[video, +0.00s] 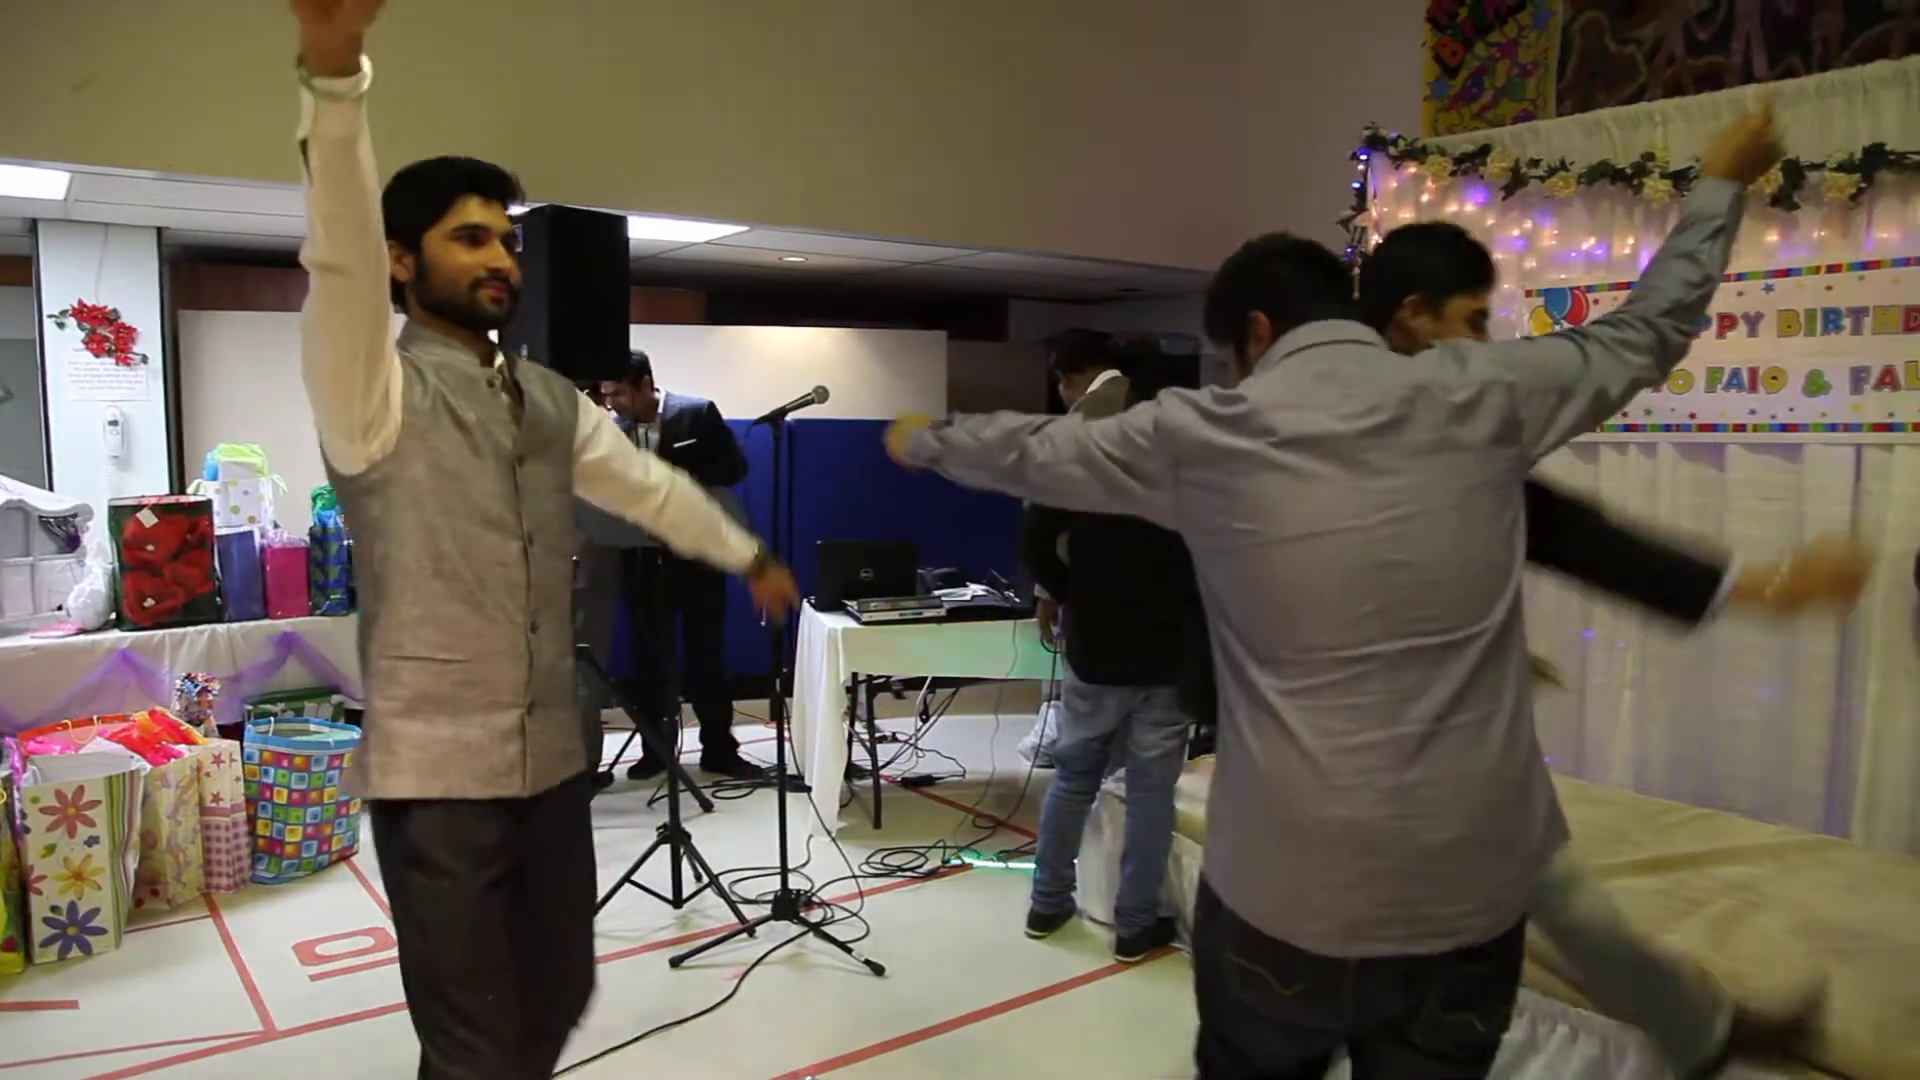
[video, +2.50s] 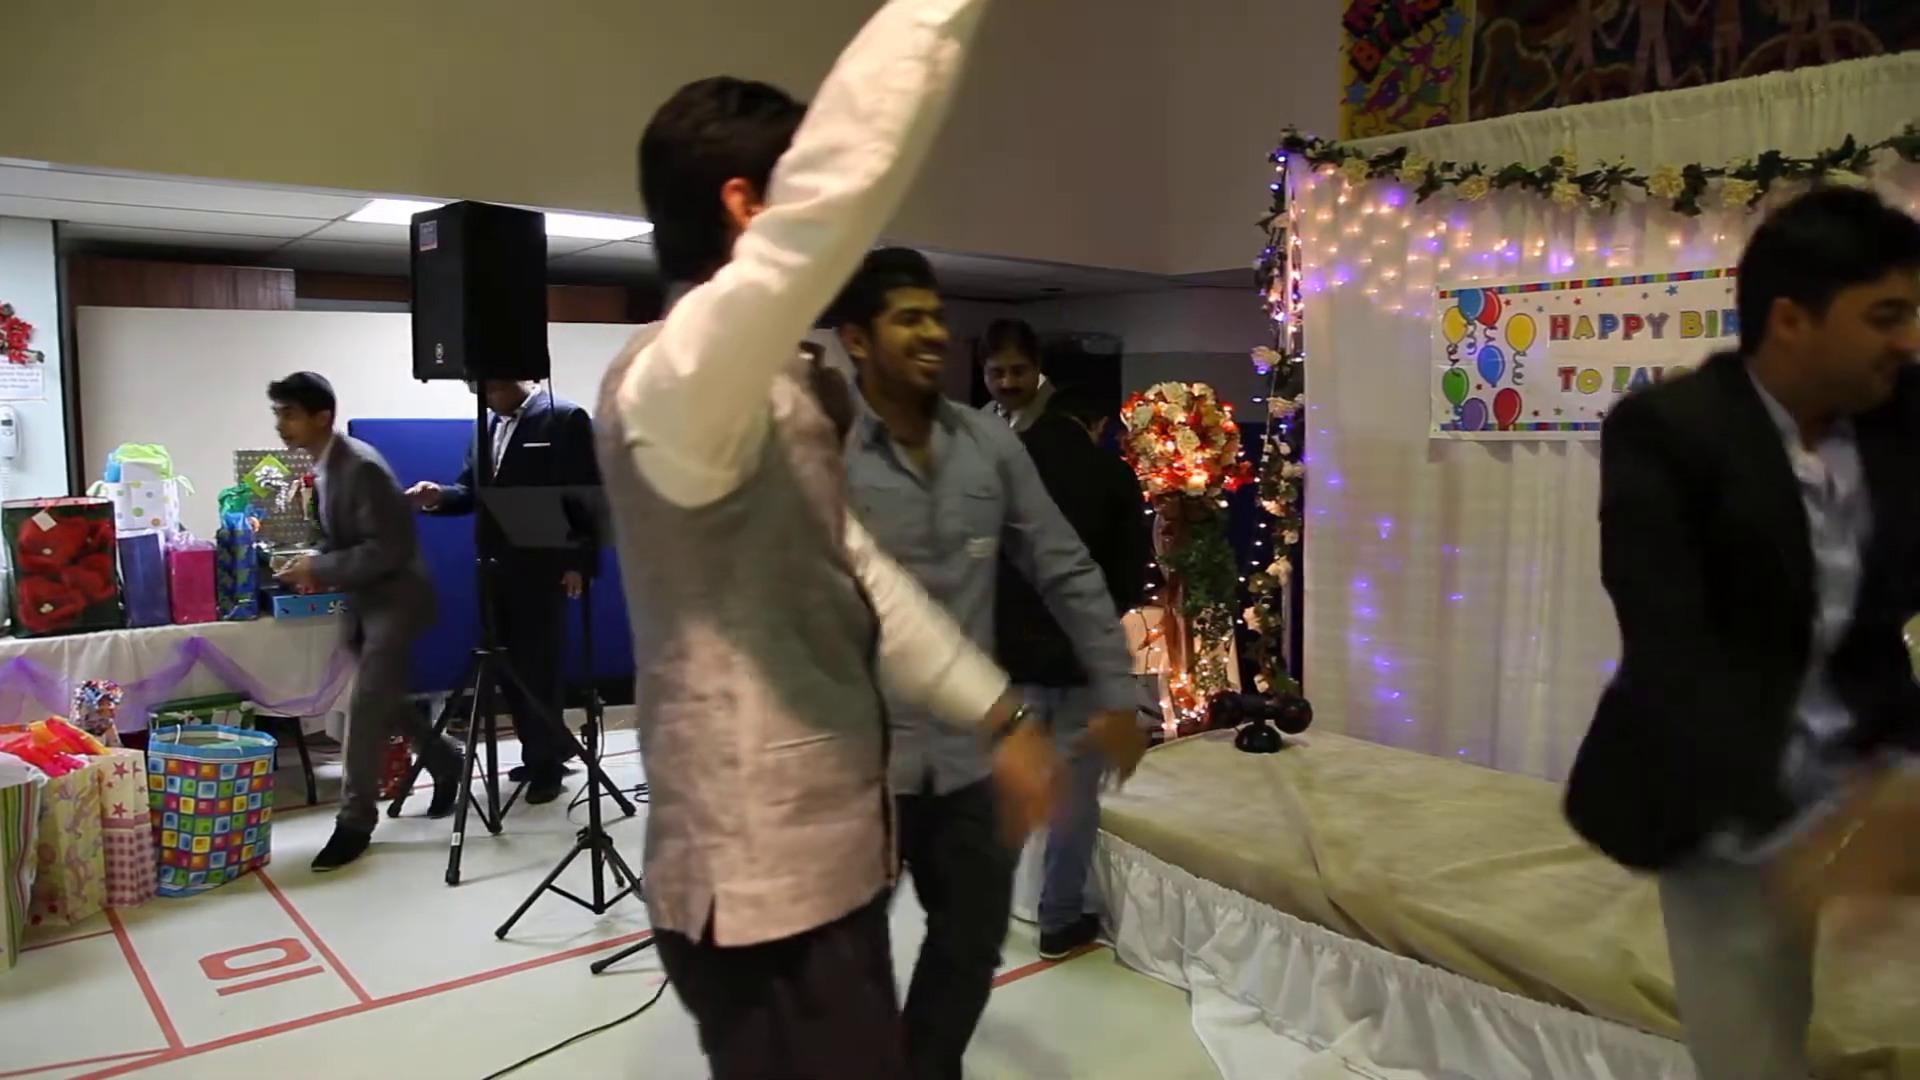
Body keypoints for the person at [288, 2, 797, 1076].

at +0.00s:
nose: (501, 256)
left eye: (507, 240)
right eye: (471, 238)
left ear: (515, 261)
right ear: (405, 260)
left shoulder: (546, 395)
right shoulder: (373, 387)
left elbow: (646, 483)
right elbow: (346, 259)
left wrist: (750, 558)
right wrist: (332, 79)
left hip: (554, 759)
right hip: (438, 768)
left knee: (556, 1003)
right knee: (480, 1043)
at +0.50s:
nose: (504, 266)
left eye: (502, 245)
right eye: (477, 247)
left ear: (503, 262)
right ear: (398, 268)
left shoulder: (493, 399)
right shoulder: (367, 425)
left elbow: (587, 367)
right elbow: (407, 267)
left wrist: (675, 283)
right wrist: (463, 47)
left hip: (535, 819)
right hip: (443, 843)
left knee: (639, 1046)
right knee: (504, 1072)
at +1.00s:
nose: (530, 261)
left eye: (531, 239)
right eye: (502, 233)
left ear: (529, 258)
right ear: (432, 244)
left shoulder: (505, 382)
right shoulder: (384, 410)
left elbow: (587, 323)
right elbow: (421, 242)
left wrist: (670, 223)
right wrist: (482, 26)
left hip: (561, 827)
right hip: (463, 851)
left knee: (622, 1065)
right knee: (479, 1074)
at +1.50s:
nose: (596, 254)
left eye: (591, 229)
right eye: (568, 226)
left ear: (568, 241)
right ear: (487, 233)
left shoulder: (569, 370)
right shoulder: (438, 403)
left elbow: (664, 299)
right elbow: (477, 227)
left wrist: (761, 188)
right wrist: (539, 16)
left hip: (619, 818)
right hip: (533, 845)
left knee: (653, 1067)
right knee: (599, 1074)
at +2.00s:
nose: (707, 232)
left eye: (698, 208)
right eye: (678, 213)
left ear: (648, 230)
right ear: (603, 226)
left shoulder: (693, 364)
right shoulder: (557, 401)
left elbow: (801, 293)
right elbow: (627, 206)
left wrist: (913, 183)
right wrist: (705, 3)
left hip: (725, 830)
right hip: (651, 853)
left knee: (706, 1064)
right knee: (733, 1071)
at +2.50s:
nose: (821, 209)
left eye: (822, 183)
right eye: (801, 184)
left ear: (746, 208)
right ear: (741, 203)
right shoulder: (676, 390)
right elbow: (823, 200)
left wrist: (998, 717)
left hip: (822, 856)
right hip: (760, 882)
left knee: (866, 1056)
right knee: (835, 1068)